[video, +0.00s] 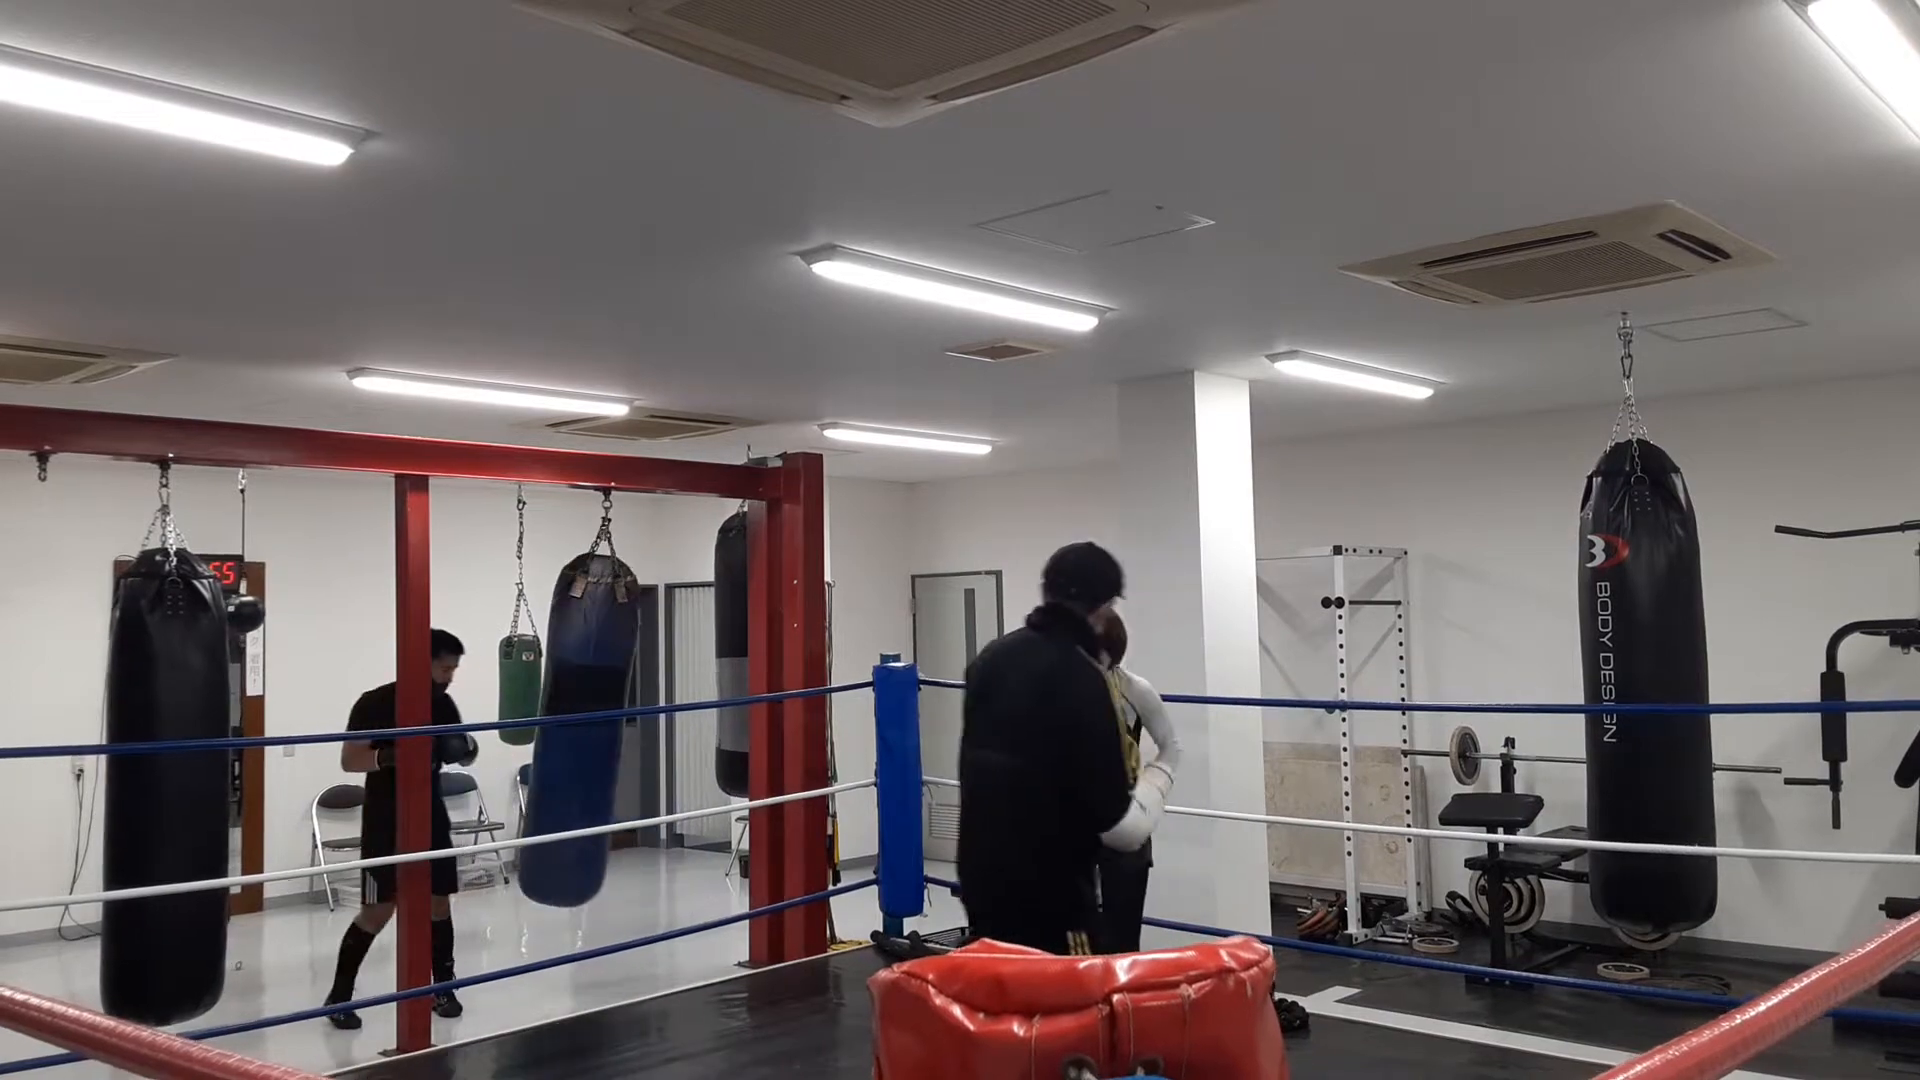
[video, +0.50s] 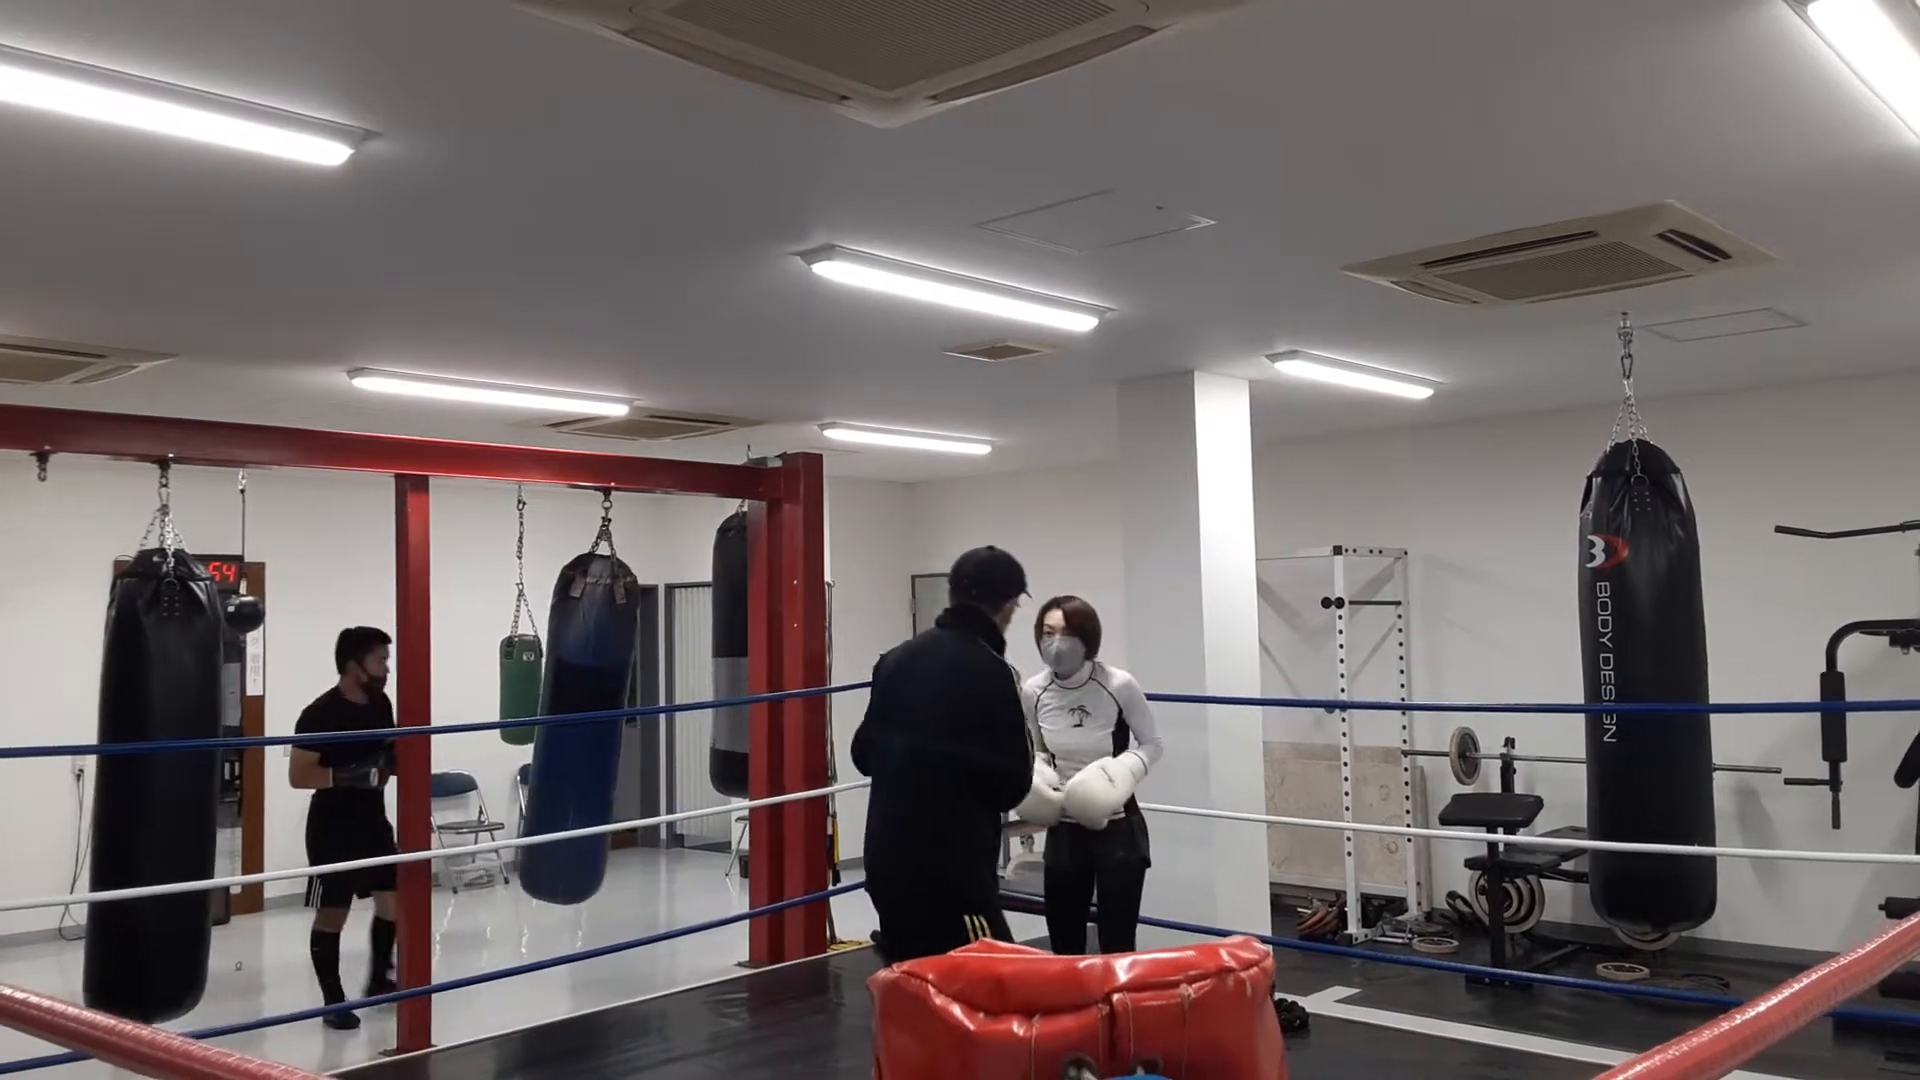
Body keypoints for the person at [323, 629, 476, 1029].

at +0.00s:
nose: (450, 677)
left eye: (454, 669)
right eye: (445, 668)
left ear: (449, 667)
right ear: (422, 662)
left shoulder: (442, 704)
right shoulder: (375, 703)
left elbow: (463, 750)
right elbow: (350, 760)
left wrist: (456, 748)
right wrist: (396, 753)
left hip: (430, 811)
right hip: (385, 814)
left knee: (439, 899)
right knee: (380, 906)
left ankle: (442, 987)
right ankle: (339, 998)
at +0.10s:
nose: (440, 675)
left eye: (442, 666)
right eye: (435, 666)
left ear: (437, 666)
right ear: (409, 663)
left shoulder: (428, 703)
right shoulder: (365, 706)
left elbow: (453, 749)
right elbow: (346, 762)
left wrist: (445, 746)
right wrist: (396, 756)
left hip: (422, 816)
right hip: (378, 820)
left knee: (434, 900)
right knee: (370, 905)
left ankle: (443, 982)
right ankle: (343, 994)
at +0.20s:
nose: (413, 677)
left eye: (415, 668)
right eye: (408, 668)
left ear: (409, 668)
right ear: (389, 665)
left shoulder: (410, 709)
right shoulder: (350, 710)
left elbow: (433, 755)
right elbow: (334, 768)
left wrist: (427, 755)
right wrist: (385, 762)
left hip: (406, 827)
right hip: (360, 828)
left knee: (421, 907)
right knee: (352, 912)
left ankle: (439, 985)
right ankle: (338, 999)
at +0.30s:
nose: (400, 677)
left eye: (401, 670)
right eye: (395, 670)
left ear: (390, 672)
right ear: (374, 670)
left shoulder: (398, 709)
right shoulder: (333, 714)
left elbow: (424, 755)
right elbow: (318, 775)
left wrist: (409, 765)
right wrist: (370, 770)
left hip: (390, 825)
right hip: (343, 829)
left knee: (408, 905)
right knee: (336, 915)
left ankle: (433, 984)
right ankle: (332, 1004)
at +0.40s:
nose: (397, 669)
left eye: (396, 661)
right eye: (390, 661)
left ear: (373, 666)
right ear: (364, 666)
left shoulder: (391, 710)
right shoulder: (325, 714)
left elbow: (405, 756)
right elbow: (306, 774)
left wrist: (402, 764)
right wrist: (360, 771)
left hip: (378, 818)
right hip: (335, 823)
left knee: (401, 902)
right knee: (334, 911)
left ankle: (416, 978)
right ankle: (333, 1001)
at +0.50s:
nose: (386, 667)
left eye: (387, 659)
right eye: (379, 660)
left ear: (369, 665)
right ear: (353, 665)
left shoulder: (380, 706)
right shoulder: (319, 714)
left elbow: (386, 762)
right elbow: (298, 775)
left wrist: (402, 760)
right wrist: (351, 775)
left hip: (373, 816)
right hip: (331, 821)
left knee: (391, 899)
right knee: (334, 908)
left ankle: (379, 981)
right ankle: (333, 1002)